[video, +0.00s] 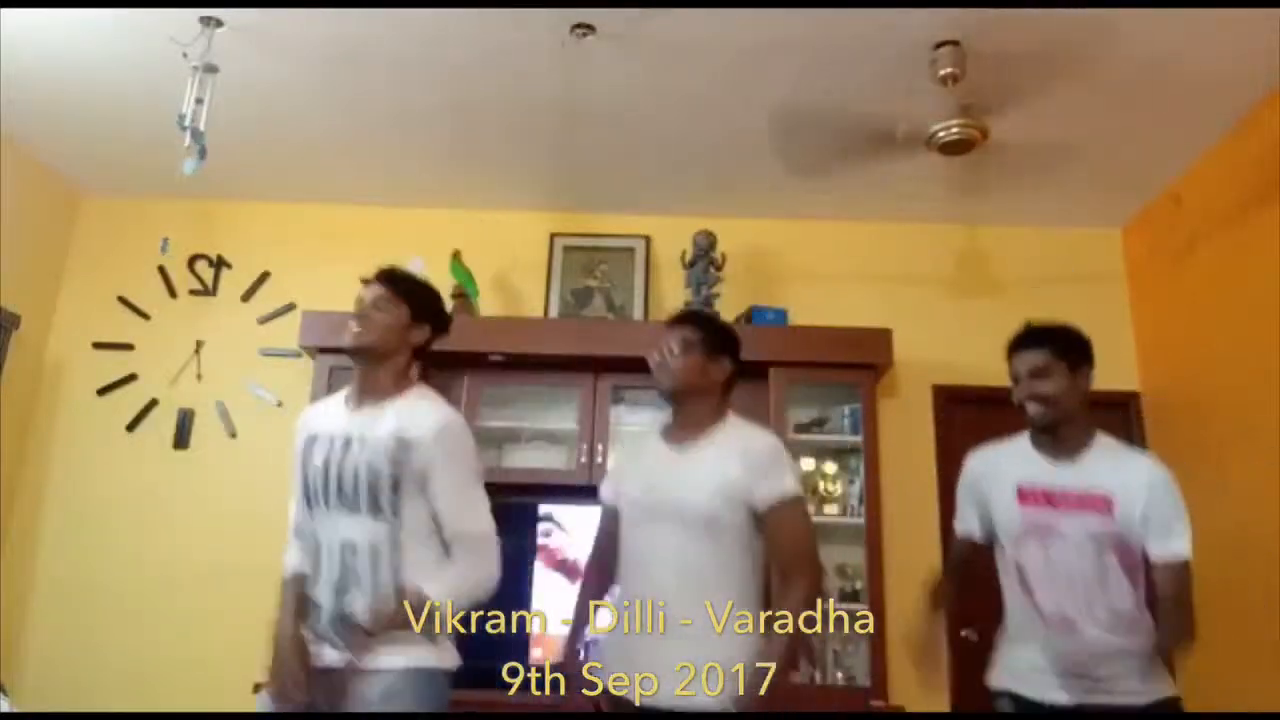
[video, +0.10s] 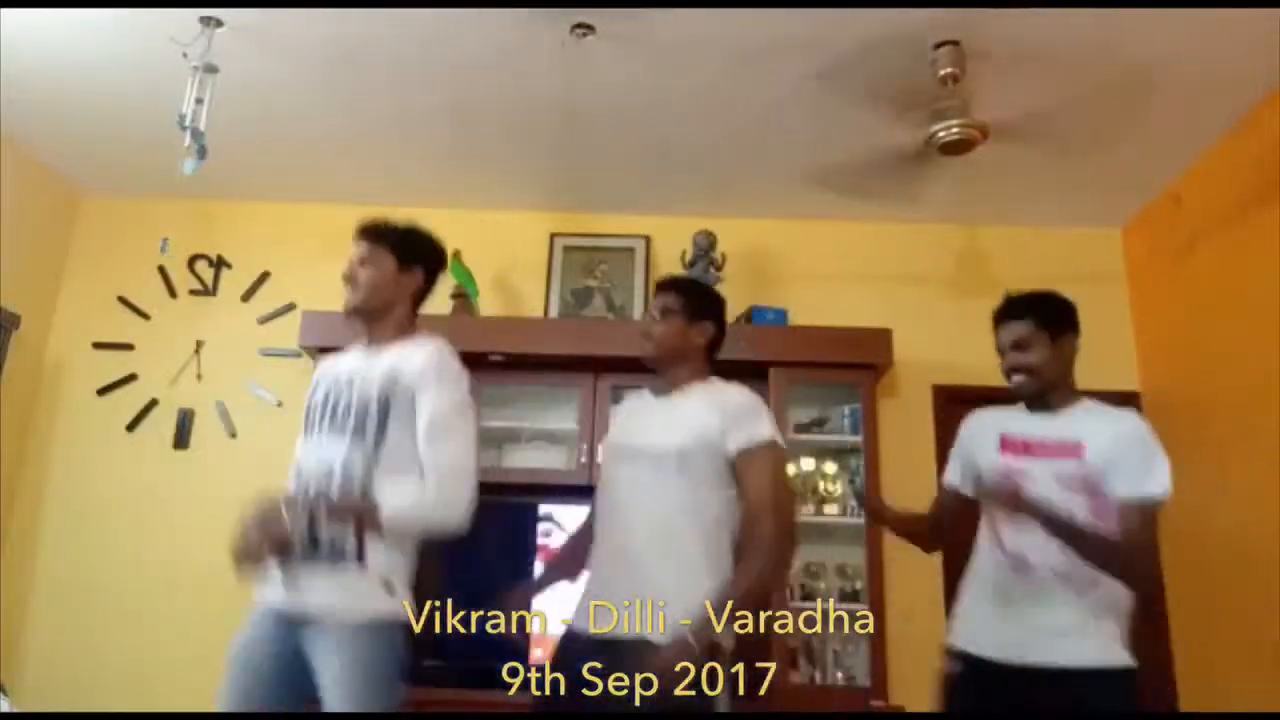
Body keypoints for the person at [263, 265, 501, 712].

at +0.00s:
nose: (357, 314)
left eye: (377, 307)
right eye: (358, 305)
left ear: (418, 333)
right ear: (349, 314)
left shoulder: (437, 426)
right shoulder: (315, 421)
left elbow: (480, 561)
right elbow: (300, 536)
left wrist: (409, 608)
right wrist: (288, 630)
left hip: (400, 666)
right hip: (317, 663)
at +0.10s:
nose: (349, 272)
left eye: (367, 263)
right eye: (351, 262)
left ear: (411, 281)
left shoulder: (431, 362)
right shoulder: (330, 369)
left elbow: (451, 505)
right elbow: (312, 487)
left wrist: (357, 509)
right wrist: (276, 527)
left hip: (360, 608)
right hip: (284, 600)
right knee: (239, 704)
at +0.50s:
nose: (273, 331)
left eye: (292, 320)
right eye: (278, 320)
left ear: (336, 340)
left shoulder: (340, 422)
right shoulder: (283, 430)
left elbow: (339, 573)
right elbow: (248, 545)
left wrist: (364, 550)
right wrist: (178, 571)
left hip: (223, 635)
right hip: (167, 621)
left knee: (129, 709)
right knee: (73, 707)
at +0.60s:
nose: (276, 318)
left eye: (297, 308)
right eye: (281, 307)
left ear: (345, 328)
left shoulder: (345, 410)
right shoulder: (285, 415)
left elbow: (338, 537)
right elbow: (248, 537)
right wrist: (171, 522)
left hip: (246, 613)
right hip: (185, 601)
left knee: (157, 700)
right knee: (85, 704)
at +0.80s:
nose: (321, 242)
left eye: (339, 233)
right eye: (317, 232)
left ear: (377, 256)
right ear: (308, 245)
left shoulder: (389, 327)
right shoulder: (274, 330)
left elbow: (413, 431)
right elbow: (226, 435)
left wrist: (320, 325)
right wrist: (136, 374)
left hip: (322, 562)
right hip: (236, 557)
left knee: (284, 704)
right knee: (166, 701)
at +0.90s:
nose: (338, 237)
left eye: (357, 230)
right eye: (332, 226)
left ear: (386, 252)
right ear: (320, 237)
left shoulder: (402, 326)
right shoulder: (275, 322)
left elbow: (434, 447)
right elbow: (229, 430)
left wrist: (349, 398)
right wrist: (157, 401)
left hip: (342, 555)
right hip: (248, 549)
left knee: (320, 705)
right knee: (179, 701)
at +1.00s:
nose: (352, 257)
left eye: (371, 248)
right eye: (344, 244)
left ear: (401, 270)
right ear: (331, 255)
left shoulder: (422, 362)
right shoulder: (278, 347)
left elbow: (445, 501)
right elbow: (239, 458)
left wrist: (379, 520)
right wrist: (190, 518)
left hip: (360, 578)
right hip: (267, 569)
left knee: (367, 703)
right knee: (206, 703)